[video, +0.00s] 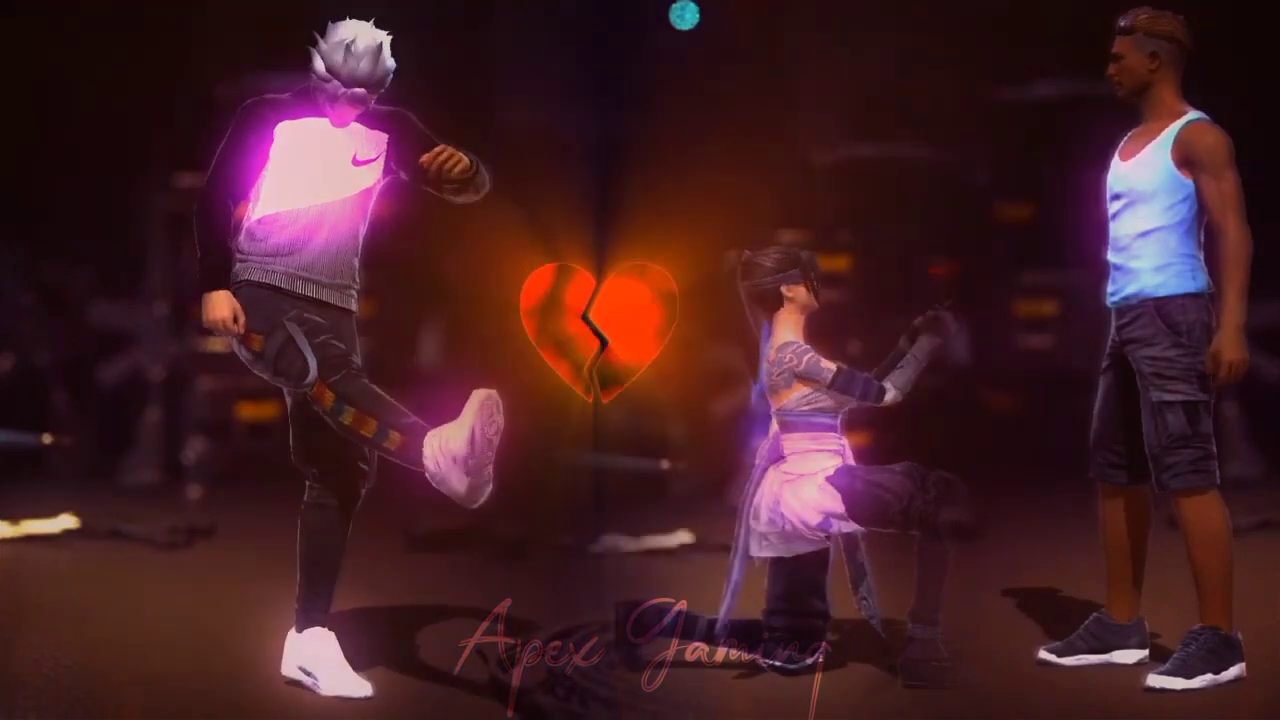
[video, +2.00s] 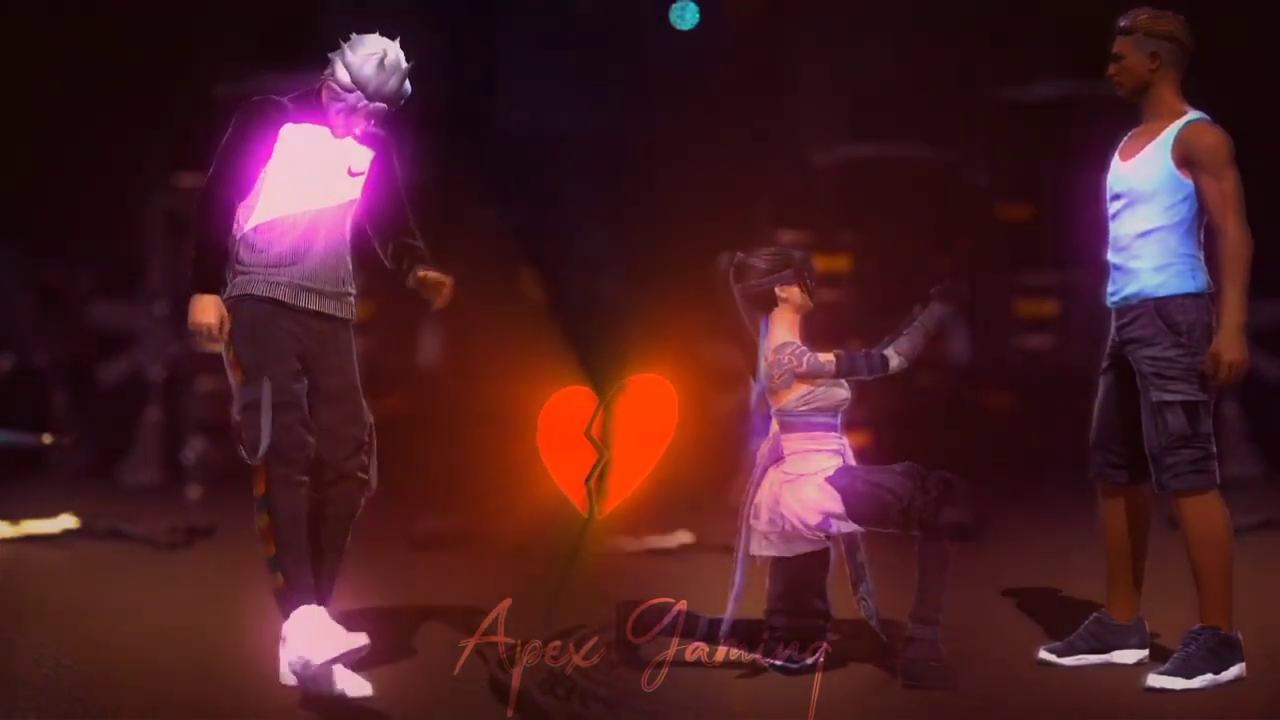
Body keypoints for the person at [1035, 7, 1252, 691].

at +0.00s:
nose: (1110, 68)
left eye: (1120, 58)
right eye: (1111, 58)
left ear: (1157, 62)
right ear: (1140, 65)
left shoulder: (1198, 135)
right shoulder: (1132, 141)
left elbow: (1233, 232)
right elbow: (1136, 240)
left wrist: (1231, 328)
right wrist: (1119, 320)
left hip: (1172, 320)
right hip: (1125, 322)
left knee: (1190, 476)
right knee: (1116, 470)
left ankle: (1216, 636)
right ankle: (1121, 623)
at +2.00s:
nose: (1111, 68)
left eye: (1120, 58)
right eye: (1111, 58)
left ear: (1158, 62)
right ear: (1140, 65)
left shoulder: (1199, 135)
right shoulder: (1131, 141)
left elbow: (1233, 233)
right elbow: (1135, 241)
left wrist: (1231, 328)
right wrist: (1119, 320)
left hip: (1172, 320)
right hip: (1125, 323)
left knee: (1189, 477)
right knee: (1115, 471)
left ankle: (1216, 637)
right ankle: (1121, 623)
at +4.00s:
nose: (1111, 67)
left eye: (1120, 57)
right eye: (1111, 57)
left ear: (1157, 62)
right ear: (1141, 64)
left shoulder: (1199, 135)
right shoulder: (1132, 140)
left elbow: (1234, 235)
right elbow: (1136, 240)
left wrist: (1230, 329)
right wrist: (1119, 321)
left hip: (1172, 320)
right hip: (1126, 322)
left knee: (1189, 477)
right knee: (1117, 472)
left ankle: (1216, 636)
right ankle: (1121, 622)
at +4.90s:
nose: (1113, 67)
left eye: (1123, 58)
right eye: (1114, 58)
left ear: (1159, 62)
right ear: (1144, 65)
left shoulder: (1201, 135)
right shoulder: (1134, 140)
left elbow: (1233, 232)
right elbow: (1136, 239)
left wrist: (1227, 327)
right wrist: (1118, 321)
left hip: (1172, 320)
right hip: (1125, 322)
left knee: (1190, 478)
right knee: (1119, 473)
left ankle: (1217, 636)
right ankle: (1121, 623)